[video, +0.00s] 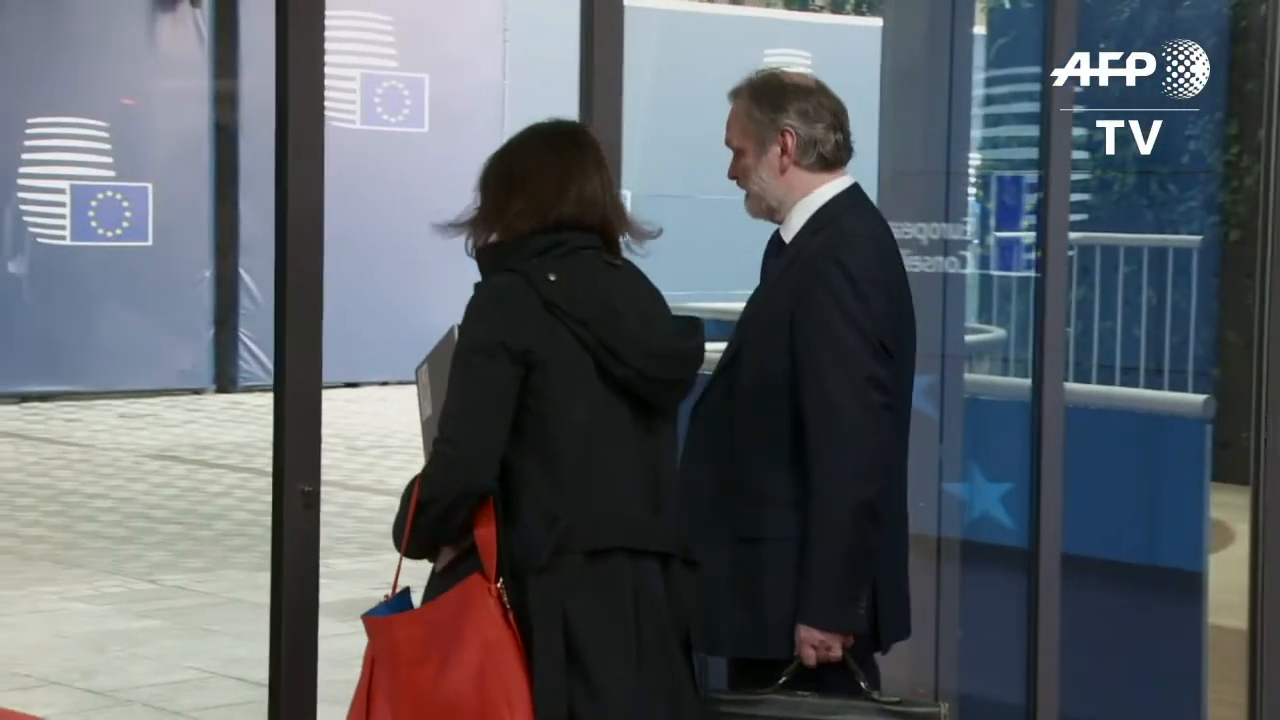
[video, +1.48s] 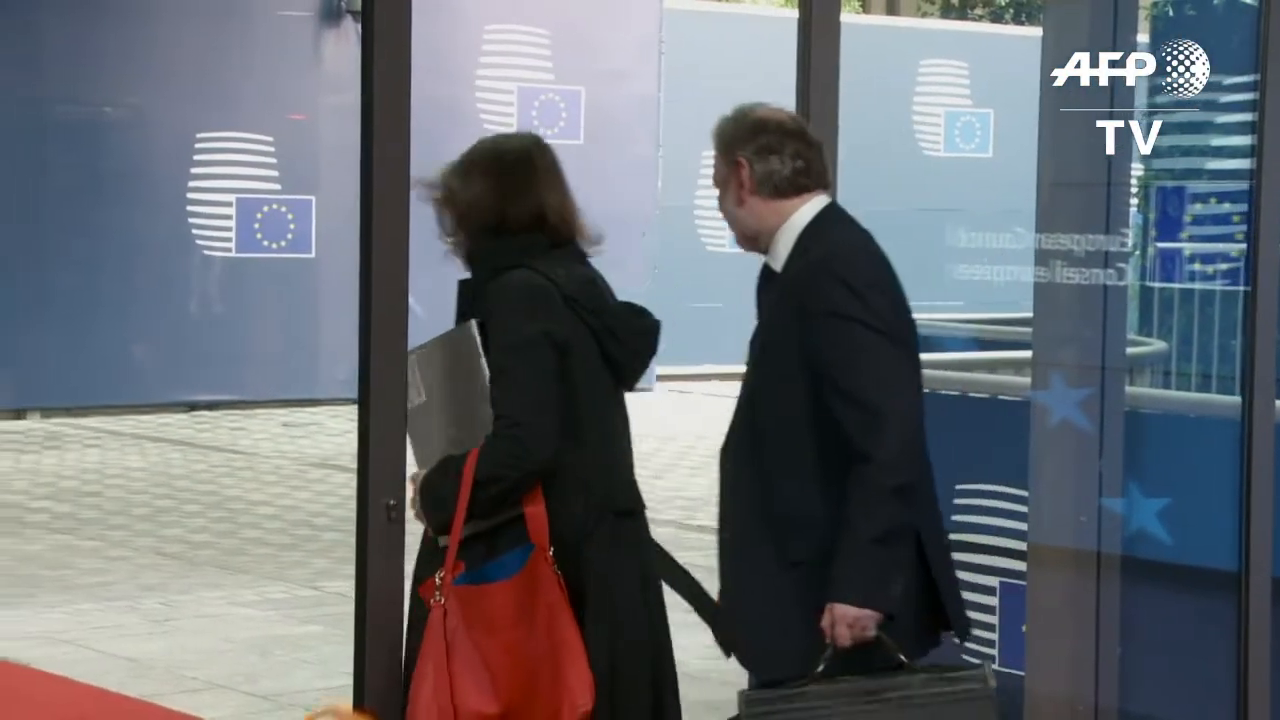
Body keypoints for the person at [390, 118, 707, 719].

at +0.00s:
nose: (488, 215)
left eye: (495, 198)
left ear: (511, 200)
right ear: (599, 196)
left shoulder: (508, 295)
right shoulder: (637, 296)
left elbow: (469, 462)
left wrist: (418, 523)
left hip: (555, 588)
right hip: (646, 584)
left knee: (561, 708)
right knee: (644, 705)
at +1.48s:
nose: (451, 228)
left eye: (457, 211)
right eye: (450, 211)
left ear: (481, 213)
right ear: (547, 204)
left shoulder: (513, 293)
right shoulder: (572, 281)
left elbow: (528, 439)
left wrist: (440, 491)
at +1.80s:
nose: (390, 236)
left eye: (398, 221)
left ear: (416, 229)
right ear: (480, 222)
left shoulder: (441, 310)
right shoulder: (507, 298)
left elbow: (463, 447)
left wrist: (380, 507)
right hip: (548, 551)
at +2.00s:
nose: (360, 236)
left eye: (367, 219)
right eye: (362, 222)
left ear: (389, 216)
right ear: (452, 209)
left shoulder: (406, 284)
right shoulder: (488, 275)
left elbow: (421, 409)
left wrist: (341, 465)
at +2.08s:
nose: (358, 213)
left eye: (364, 199)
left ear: (374, 203)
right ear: (453, 197)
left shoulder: (390, 278)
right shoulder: (480, 267)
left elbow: (404, 404)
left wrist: (327, 457)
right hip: (489, 487)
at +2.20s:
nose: (340, 216)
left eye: (349, 201)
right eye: (345, 201)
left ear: (374, 207)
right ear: (435, 206)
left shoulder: (376, 282)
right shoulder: (471, 276)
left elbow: (381, 407)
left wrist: (305, 454)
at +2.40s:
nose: (307, 227)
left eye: (314, 215)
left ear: (323, 221)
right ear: (389, 220)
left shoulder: (323, 292)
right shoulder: (417, 288)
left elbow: (310, 410)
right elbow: (426, 400)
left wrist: (263, 462)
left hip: (337, 496)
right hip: (410, 491)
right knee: (398, 646)